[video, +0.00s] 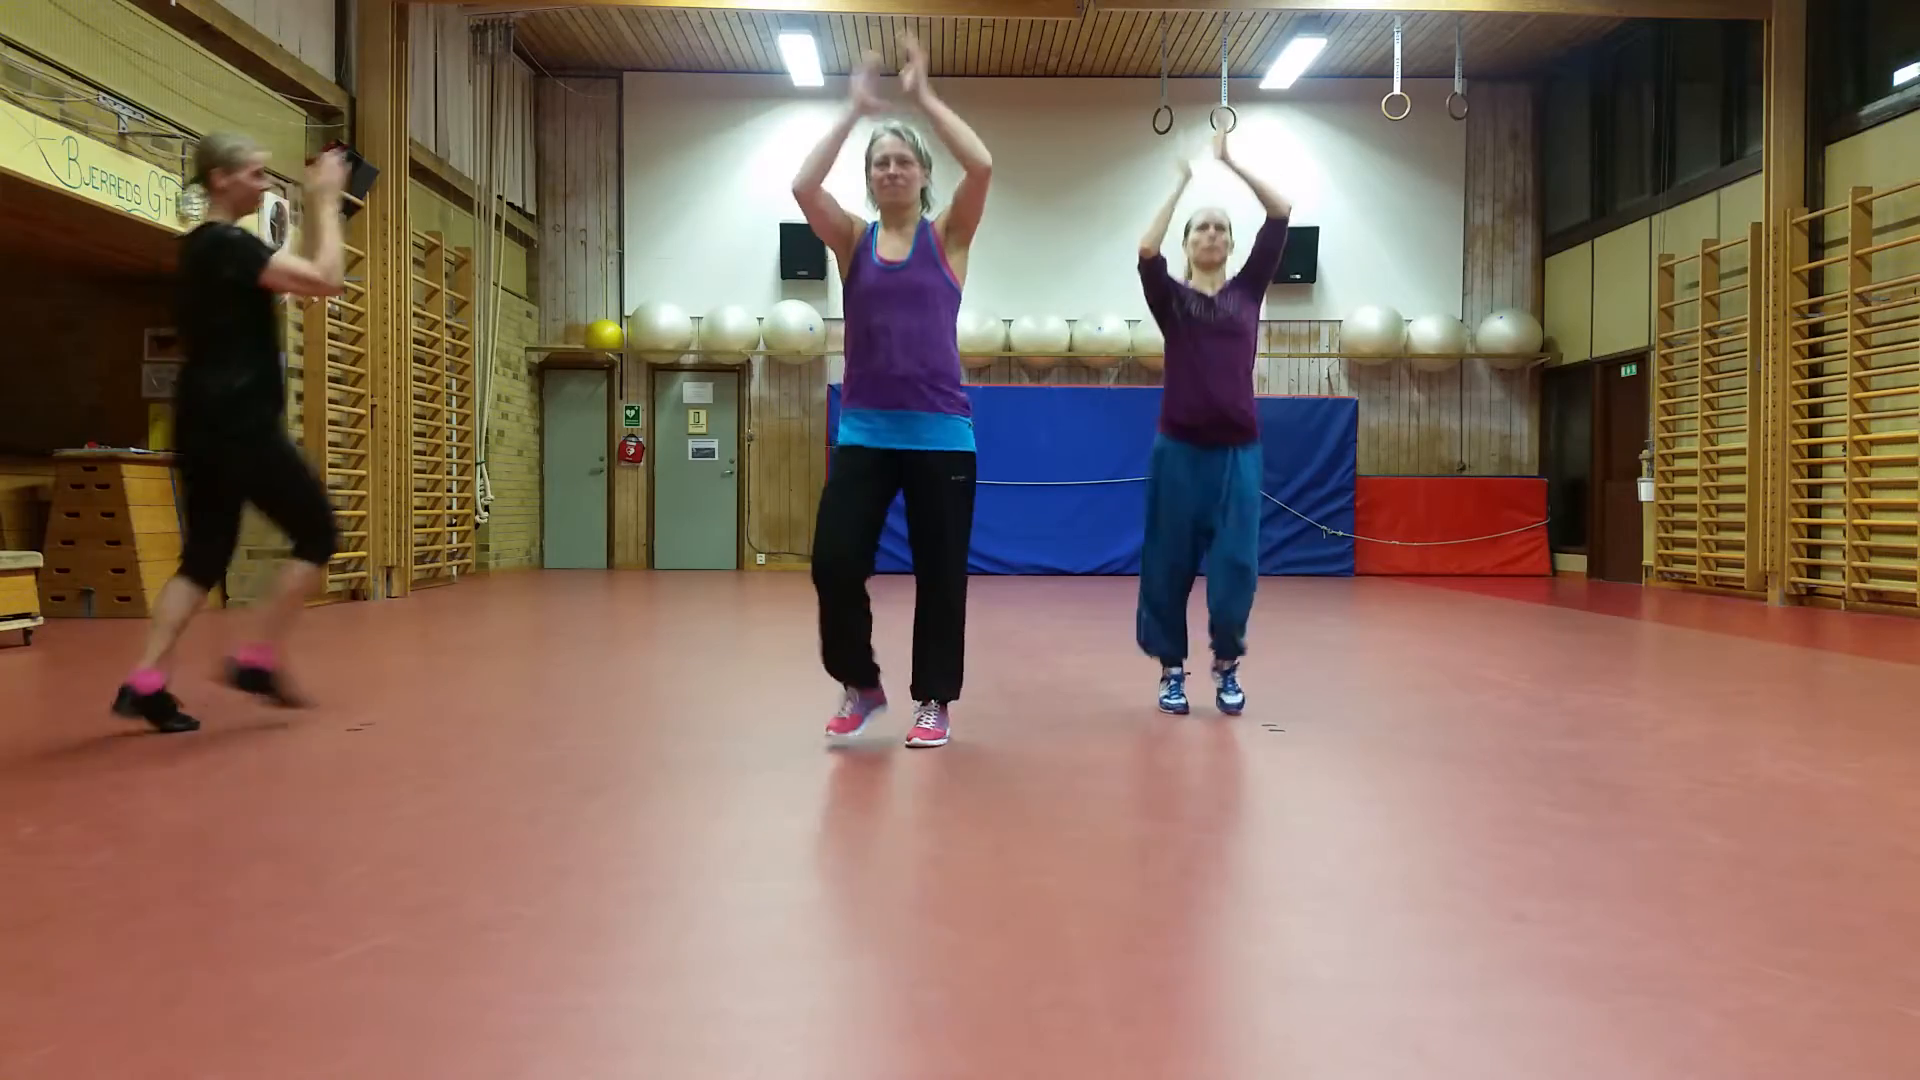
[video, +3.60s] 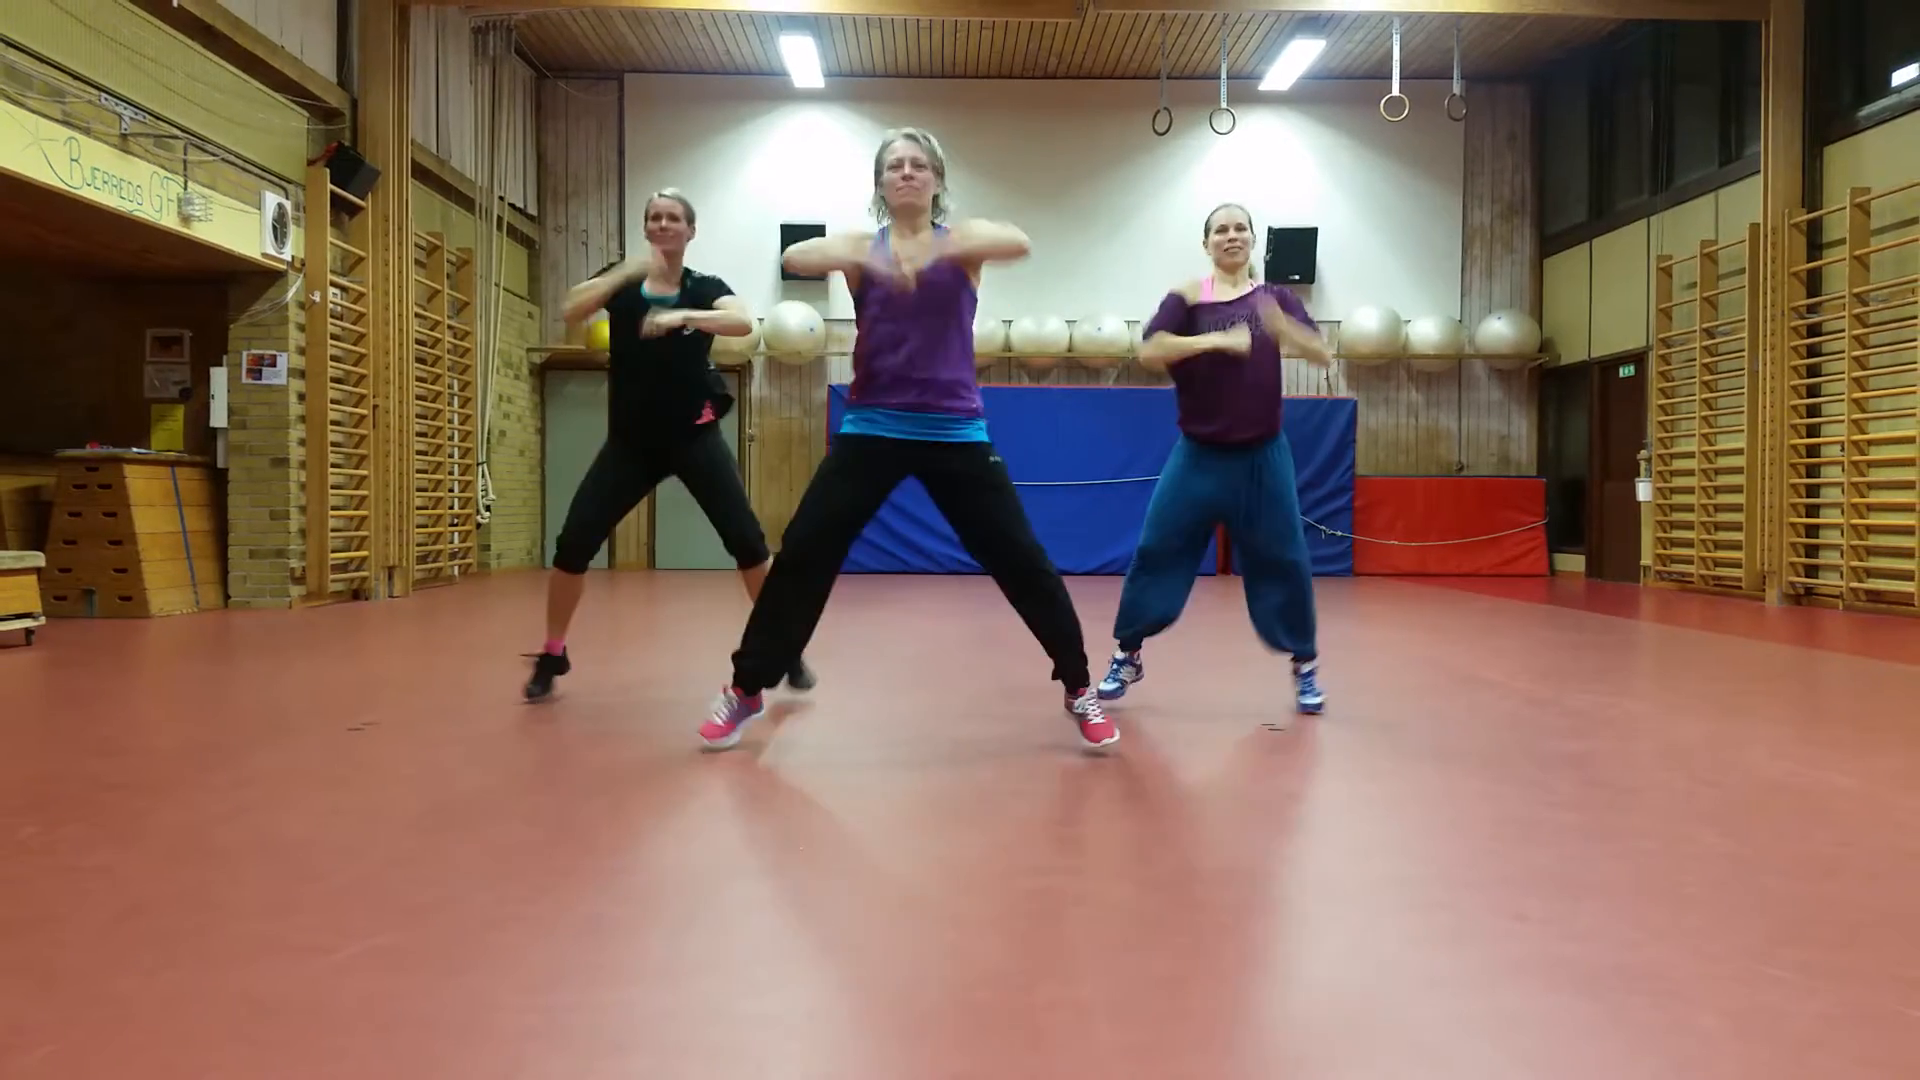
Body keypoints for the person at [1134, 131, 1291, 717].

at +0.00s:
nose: (1210, 236)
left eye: (1219, 230)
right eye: (1201, 230)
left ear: (1230, 245)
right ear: (1186, 244)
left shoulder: (1246, 293)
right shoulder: (1171, 299)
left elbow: (1281, 211)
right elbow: (1146, 254)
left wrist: (1230, 159)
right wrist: (1177, 190)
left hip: (1238, 450)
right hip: (1180, 448)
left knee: (1237, 562)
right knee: (1170, 561)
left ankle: (1227, 666)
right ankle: (1173, 669)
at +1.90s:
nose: (1227, 246)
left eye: (1236, 239)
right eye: (1217, 239)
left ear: (1248, 252)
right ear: (1203, 253)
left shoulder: (1264, 302)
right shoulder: (1187, 307)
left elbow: (1326, 277)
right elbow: (1156, 306)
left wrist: (1275, 236)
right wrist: (1193, 247)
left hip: (1263, 455)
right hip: (1203, 457)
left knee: (1272, 565)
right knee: (1204, 558)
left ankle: (1264, 674)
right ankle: (1214, 660)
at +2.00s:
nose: (1225, 228)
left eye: (1234, 222)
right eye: (1215, 222)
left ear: (1246, 235)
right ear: (1198, 236)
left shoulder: (1262, 287)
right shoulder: (1178, 294)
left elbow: (1329, 324)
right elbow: (1142, 351)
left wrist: (1285, 291)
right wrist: (1182, 303)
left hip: (1257, 439)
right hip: (1197, 440)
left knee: (1263, 556)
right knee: (1194, 553)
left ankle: (1260, 673)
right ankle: (1184, 659)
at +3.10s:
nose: (1238, 240)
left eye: (1246, 233)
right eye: (1228, 234)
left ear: (1260, 247)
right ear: (1213, 249)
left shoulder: (1283, 304)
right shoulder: (1188, 311)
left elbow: (1331, 368)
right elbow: (1145, 375)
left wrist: (1328, 354)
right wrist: (1157, 336)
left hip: (1267, 461)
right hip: (1203, 459)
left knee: (1274, 570)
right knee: (1168, 557)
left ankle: (1280, 681)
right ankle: (1146, 668)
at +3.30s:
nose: (1234, 248)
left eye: (1242, 241)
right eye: (1224, 241)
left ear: (1256, 254)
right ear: (1208, 254)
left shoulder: (1272, 314)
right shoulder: (1180, 308)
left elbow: (1309, 374)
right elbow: (1131, 356)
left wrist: (1318, 435)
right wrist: (1127, 405)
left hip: (1253, 461)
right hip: (1187, 461)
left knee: (1288, 562)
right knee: (1158, 563)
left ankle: (1295, 666)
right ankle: (1128, 668)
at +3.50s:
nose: (1231, 254)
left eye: (1240, 246)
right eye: (1222, 246)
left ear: (1252, 256)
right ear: (1206, 259)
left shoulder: (1278, 312)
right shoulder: (1187, 326)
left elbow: (1317, 377)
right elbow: (1152, 396)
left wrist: (1300, 423)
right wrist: (1189, 355)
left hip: (1264, 468)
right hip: (1198, 466)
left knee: (1280, 575)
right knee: (1152, 557)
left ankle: (1287, 680)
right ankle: (1128, 668)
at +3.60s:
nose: (1233, 236)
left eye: (1240, 229)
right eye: (1222, 230)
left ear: (1253, 241)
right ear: (1207, 244)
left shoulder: (1277, 299)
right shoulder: (1185, 299)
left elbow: (1320, 352)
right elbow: (1149, 351)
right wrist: (1215, 340)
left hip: (1264, 451)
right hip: (1198, 451)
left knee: (1287, 558)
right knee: (1153, 549)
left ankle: (1305, 668)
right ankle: (1127, 657)